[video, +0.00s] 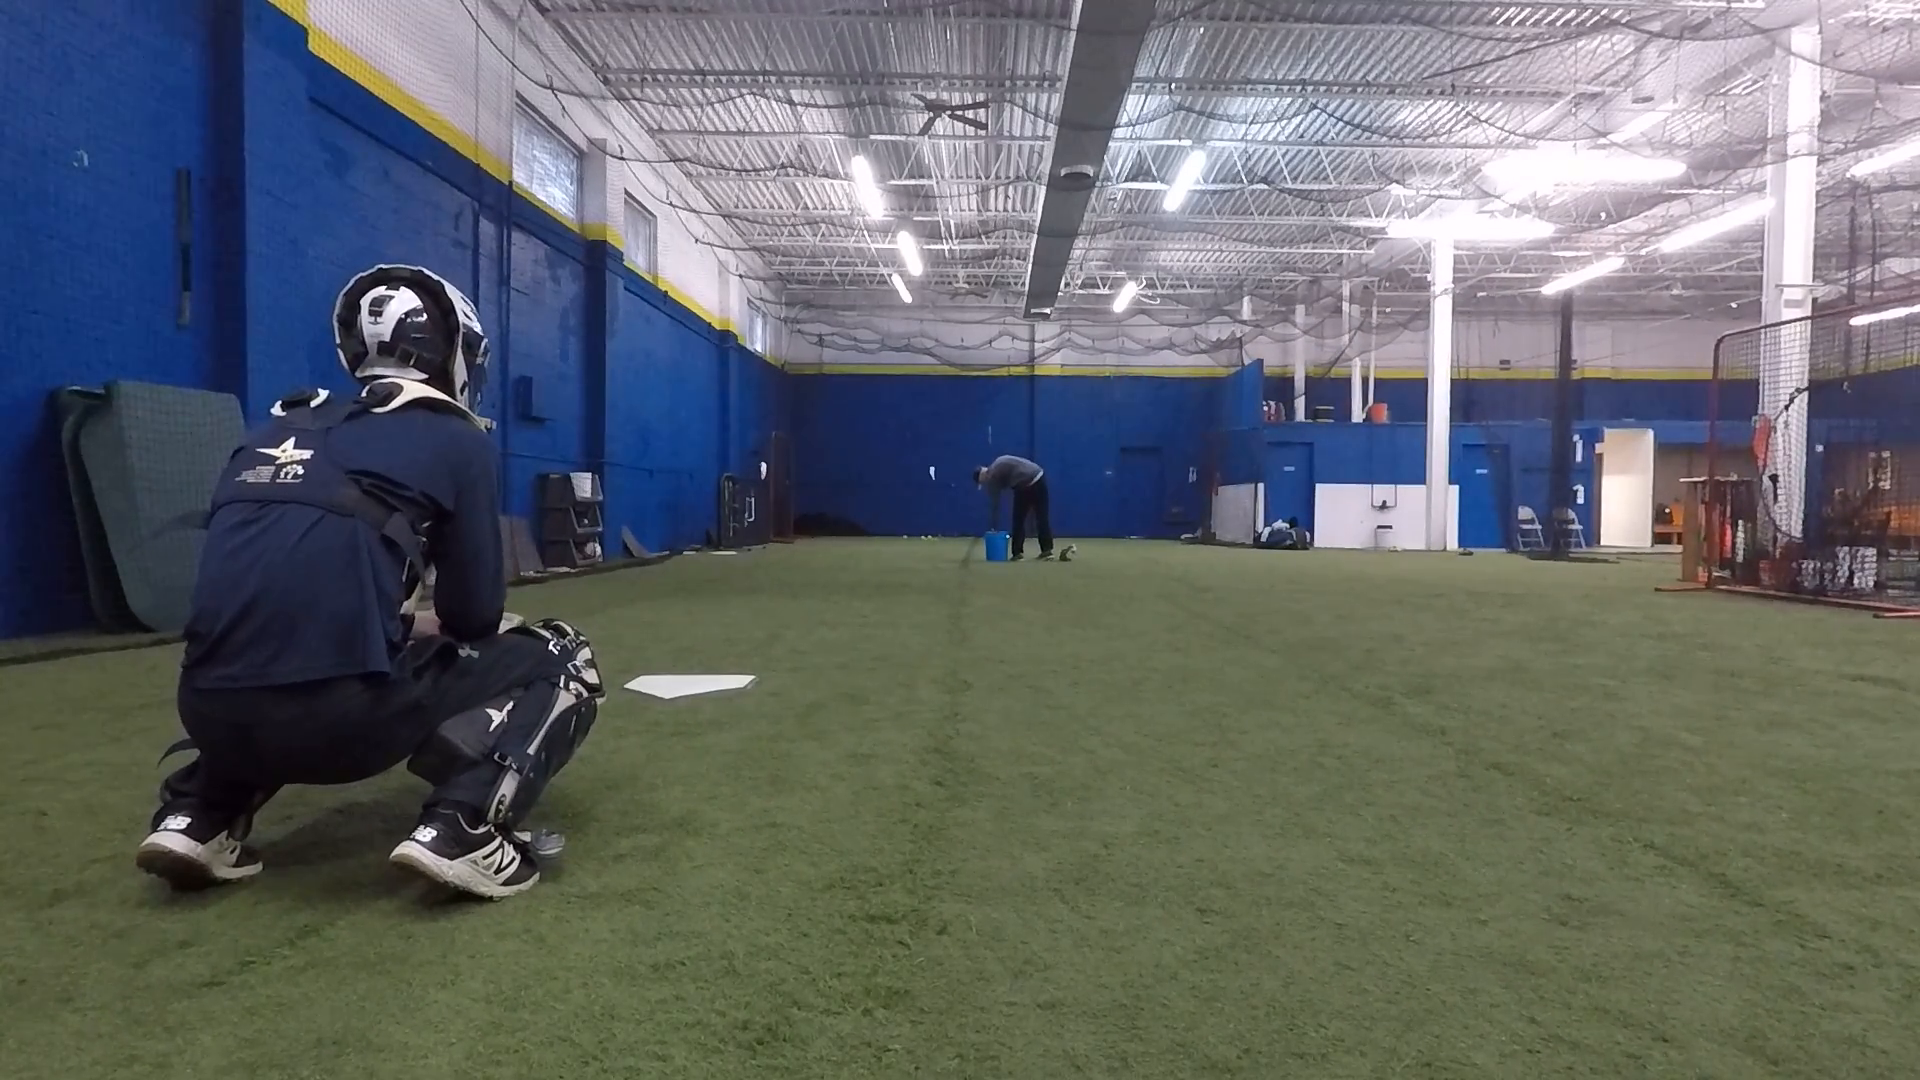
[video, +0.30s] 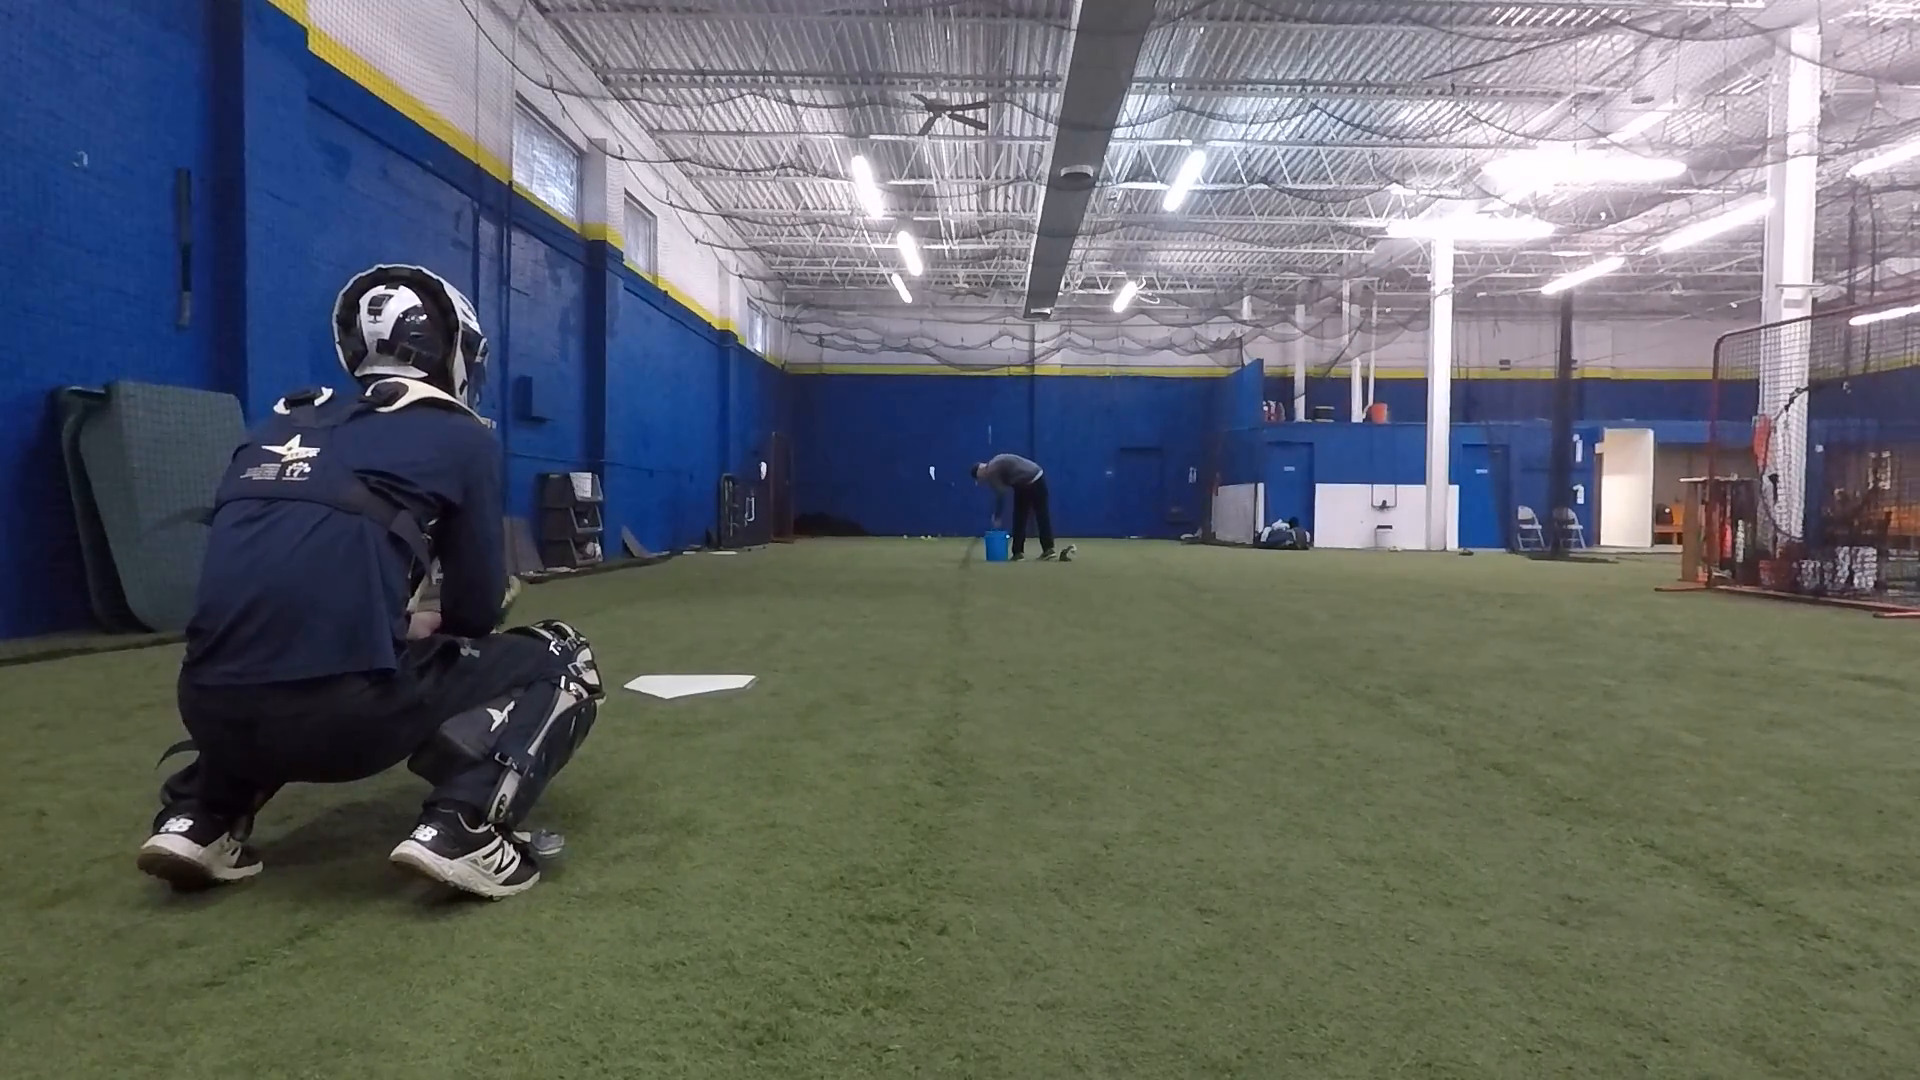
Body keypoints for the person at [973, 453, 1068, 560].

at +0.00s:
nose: (985, 482)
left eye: (982, 480)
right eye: (982, 482)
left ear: (984, 473)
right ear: (983, 477)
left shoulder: (999, 465)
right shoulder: (993, 481)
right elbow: (994, 504)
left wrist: (994, 527)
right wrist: (994, 527)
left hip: (1037, 481)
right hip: (1020, 488)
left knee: (1042, 518)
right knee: (1018, 520)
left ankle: (1047, 551)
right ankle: (1017, 553)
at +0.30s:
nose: (982, 480)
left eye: (980, 477)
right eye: (980, 478)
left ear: (981, 470)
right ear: (981, 469)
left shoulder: (993, 467)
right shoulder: (992, 473)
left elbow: (1001, 494)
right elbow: (1001, 495)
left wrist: (996, 516)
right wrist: (997, 517)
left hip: (1036, 481)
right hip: (1020, 486)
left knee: (1042, 517)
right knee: (1019, 520)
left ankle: (1048, 549)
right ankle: (1017, 552)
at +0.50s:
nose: (982, 476)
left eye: (979, 474)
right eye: (979, 475)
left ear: (980, 466)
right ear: (982, 463)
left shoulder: (990, 467)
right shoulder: (994, 461)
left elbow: (1004, 483)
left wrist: (1003, 499)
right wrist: (1008, 495)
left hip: (1035, 480)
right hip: (1021, 484)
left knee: (1041, 516)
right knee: (1021, 519)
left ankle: (1048, 549)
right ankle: (1018, 552)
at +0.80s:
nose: (981, 476)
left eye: (979, 473)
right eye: (979, 475)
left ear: (980, 466)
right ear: (981, 466)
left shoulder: (992, 467)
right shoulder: (991, 467)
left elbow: (999, 492)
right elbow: (999, 492)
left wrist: (999, 516)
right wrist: (998, 516)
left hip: (1035, 479)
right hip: (1021, 484)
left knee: (1041, 515)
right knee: (1021, 518)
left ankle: (1048, 548)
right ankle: (1018, 552)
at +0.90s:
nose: (982, 478)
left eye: (980, 476)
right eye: (979, 477)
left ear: (980, 469)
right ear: (980, 468)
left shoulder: (993, 468)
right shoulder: (991, 471)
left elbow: (998, 497)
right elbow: (997, 498)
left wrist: (999, 521)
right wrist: (998, 521)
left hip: (1036, 480)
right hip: (1021, 485)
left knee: (1042, 516)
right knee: (1021, 519)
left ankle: (1048, 549)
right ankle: (1018, 552)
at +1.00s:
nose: (982, 480)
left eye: (980, 478)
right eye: (980, 479)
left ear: (980, 471)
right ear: (980, 473)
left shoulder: (995, 468)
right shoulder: (992, 474)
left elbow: (998, 500)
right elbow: (997, 499)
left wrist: (998, 524)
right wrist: (998, 524)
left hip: (1036, 480)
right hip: (1021, 485)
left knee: (1042, 516)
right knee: (1021, 519)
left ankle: (1048, 549)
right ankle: (1018, 552)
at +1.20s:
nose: (983, 487)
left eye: (981, 484)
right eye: (980, 485)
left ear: (981, 477)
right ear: (982, 474)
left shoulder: (993, 476)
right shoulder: (992, 474)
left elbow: (997, 504)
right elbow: (997, 504)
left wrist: (998, 528)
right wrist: (998, 528)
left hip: (1036, 481)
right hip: (1021, 485)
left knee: (1043, 516)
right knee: (1020, 519)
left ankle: (1049, 548)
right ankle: (1018, 552)